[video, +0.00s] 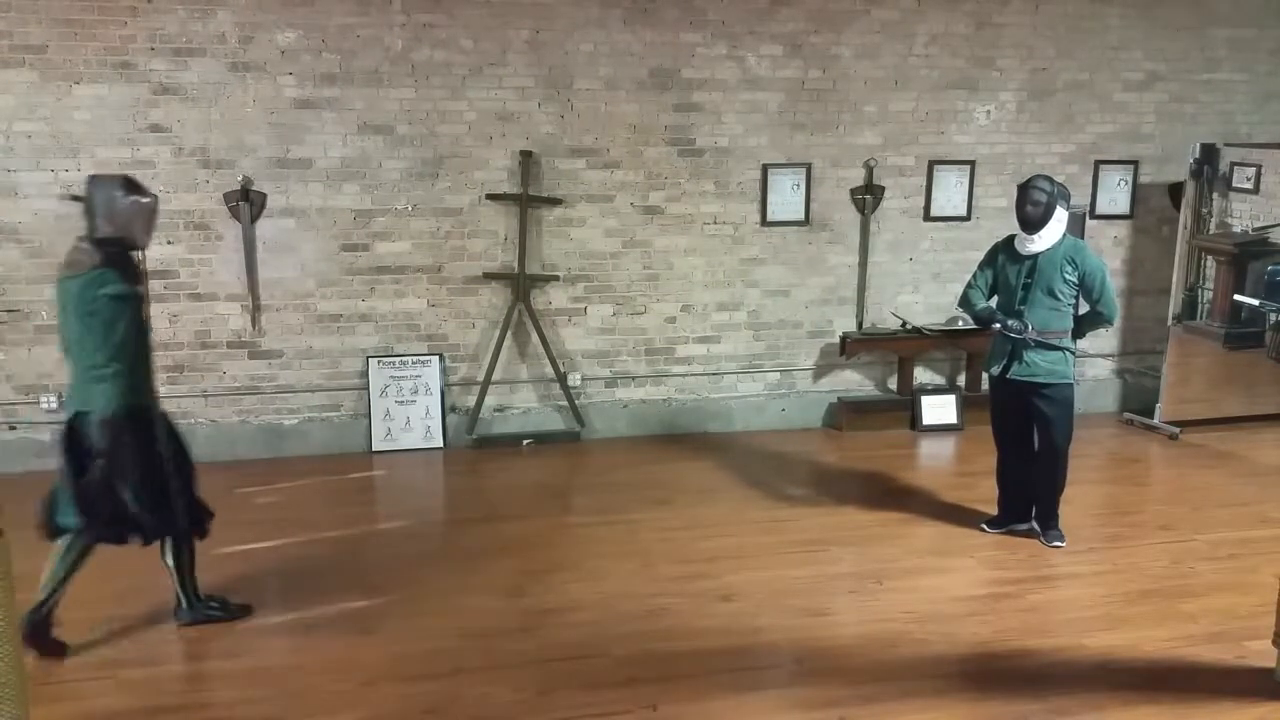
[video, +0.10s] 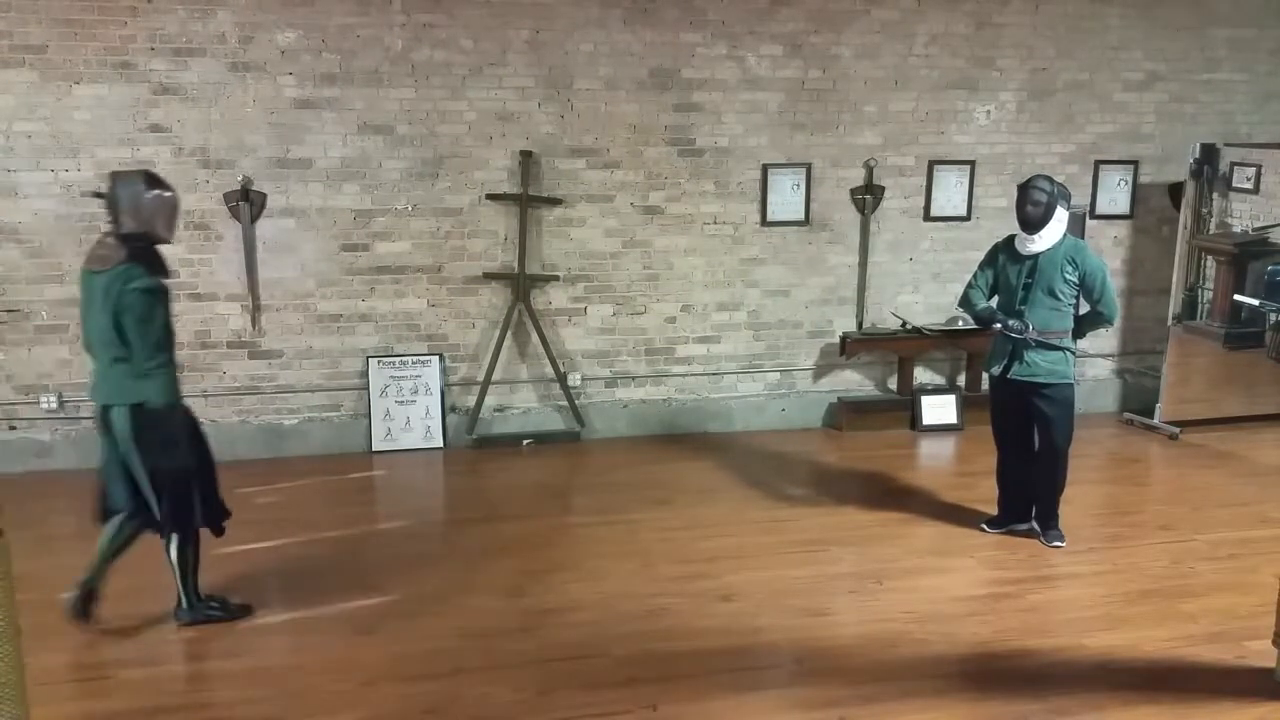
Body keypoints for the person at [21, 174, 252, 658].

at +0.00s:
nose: (147, 227)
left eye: (146, 218)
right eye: (141, 218)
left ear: (97, 224)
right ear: (121, 223)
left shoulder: (73, 278)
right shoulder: (116, 288)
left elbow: (72, 349)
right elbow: (114, 369)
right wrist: (112, 438)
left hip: (86, 418)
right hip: (130, 420)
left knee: (94, 516)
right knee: (173, 502)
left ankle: (40, 612)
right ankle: (191, 600)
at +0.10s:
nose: (172, 219)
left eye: (170, 210)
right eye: (166, 211)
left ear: (122, 215)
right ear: (147, 215)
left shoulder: (96, 267)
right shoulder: (141, 278)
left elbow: (93, 342)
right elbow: (153, 357)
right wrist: (174, 410)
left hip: (111, 404)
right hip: (148, 405)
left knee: (137, 506)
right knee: (180, 503)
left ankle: (88, 585)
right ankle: (191, 601)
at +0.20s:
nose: (189, 216)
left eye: (188, 207)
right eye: (182, 208)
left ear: (137, 211)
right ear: (165, 211)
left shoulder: (116, 262)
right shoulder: (161, 274)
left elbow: (114, 338)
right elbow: (195, 355)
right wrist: (242, 415)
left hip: (133, 395)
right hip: (168, 398)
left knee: (165, 490)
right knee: (188, 493)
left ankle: (148, 580)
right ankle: (192, 601)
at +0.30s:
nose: (202, 214)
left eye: (201, 205)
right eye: (196, 206)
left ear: (151, 213)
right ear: (181, 213)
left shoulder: (131, 269)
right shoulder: (180, 272)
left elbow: (130, 339)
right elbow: (230, 344)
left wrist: (181, 364)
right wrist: (299, 390)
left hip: (152, 395)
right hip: (187, 396)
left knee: (185, 485)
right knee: (198, 492)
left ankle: (206, 570)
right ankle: (191, 602)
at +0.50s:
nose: (234, 213)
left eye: (230, 205)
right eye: (228, 206)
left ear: (185, 217)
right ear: (215, 214)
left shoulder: (164, 271)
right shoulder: (215, 273)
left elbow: (162, 336)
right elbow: (263, 323)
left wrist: (199, 362)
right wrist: (309, 345)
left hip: (191, 391)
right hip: (221, 393)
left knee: (241, 474)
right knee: (221, 495)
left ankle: (267, 557)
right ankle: (193, 599)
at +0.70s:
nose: (257, 210)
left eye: (255, 201)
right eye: (250, 202)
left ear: (210, 212)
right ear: (236, 209)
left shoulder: (193, 265)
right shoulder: (249, 269)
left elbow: (187, 328)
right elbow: (295, 327)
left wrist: (222, 354)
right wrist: (298, 350)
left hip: (219, 385)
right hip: (253, 385)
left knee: (260, 470)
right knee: (267, 482)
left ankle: (274, 555)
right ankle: (211, 577)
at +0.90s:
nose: (276, 206)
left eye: (273, 198)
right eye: (270, 200)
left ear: (230, 210)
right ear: (260, 208)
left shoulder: (211, 262)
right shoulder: (273, 264)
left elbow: (202, 320)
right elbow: (306, 328)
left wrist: (232, 351)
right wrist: (298, 353)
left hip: (232, 380)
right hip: (269, 378)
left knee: (268, 468)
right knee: (307, 468)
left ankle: (273, 552)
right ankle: (264, 546)